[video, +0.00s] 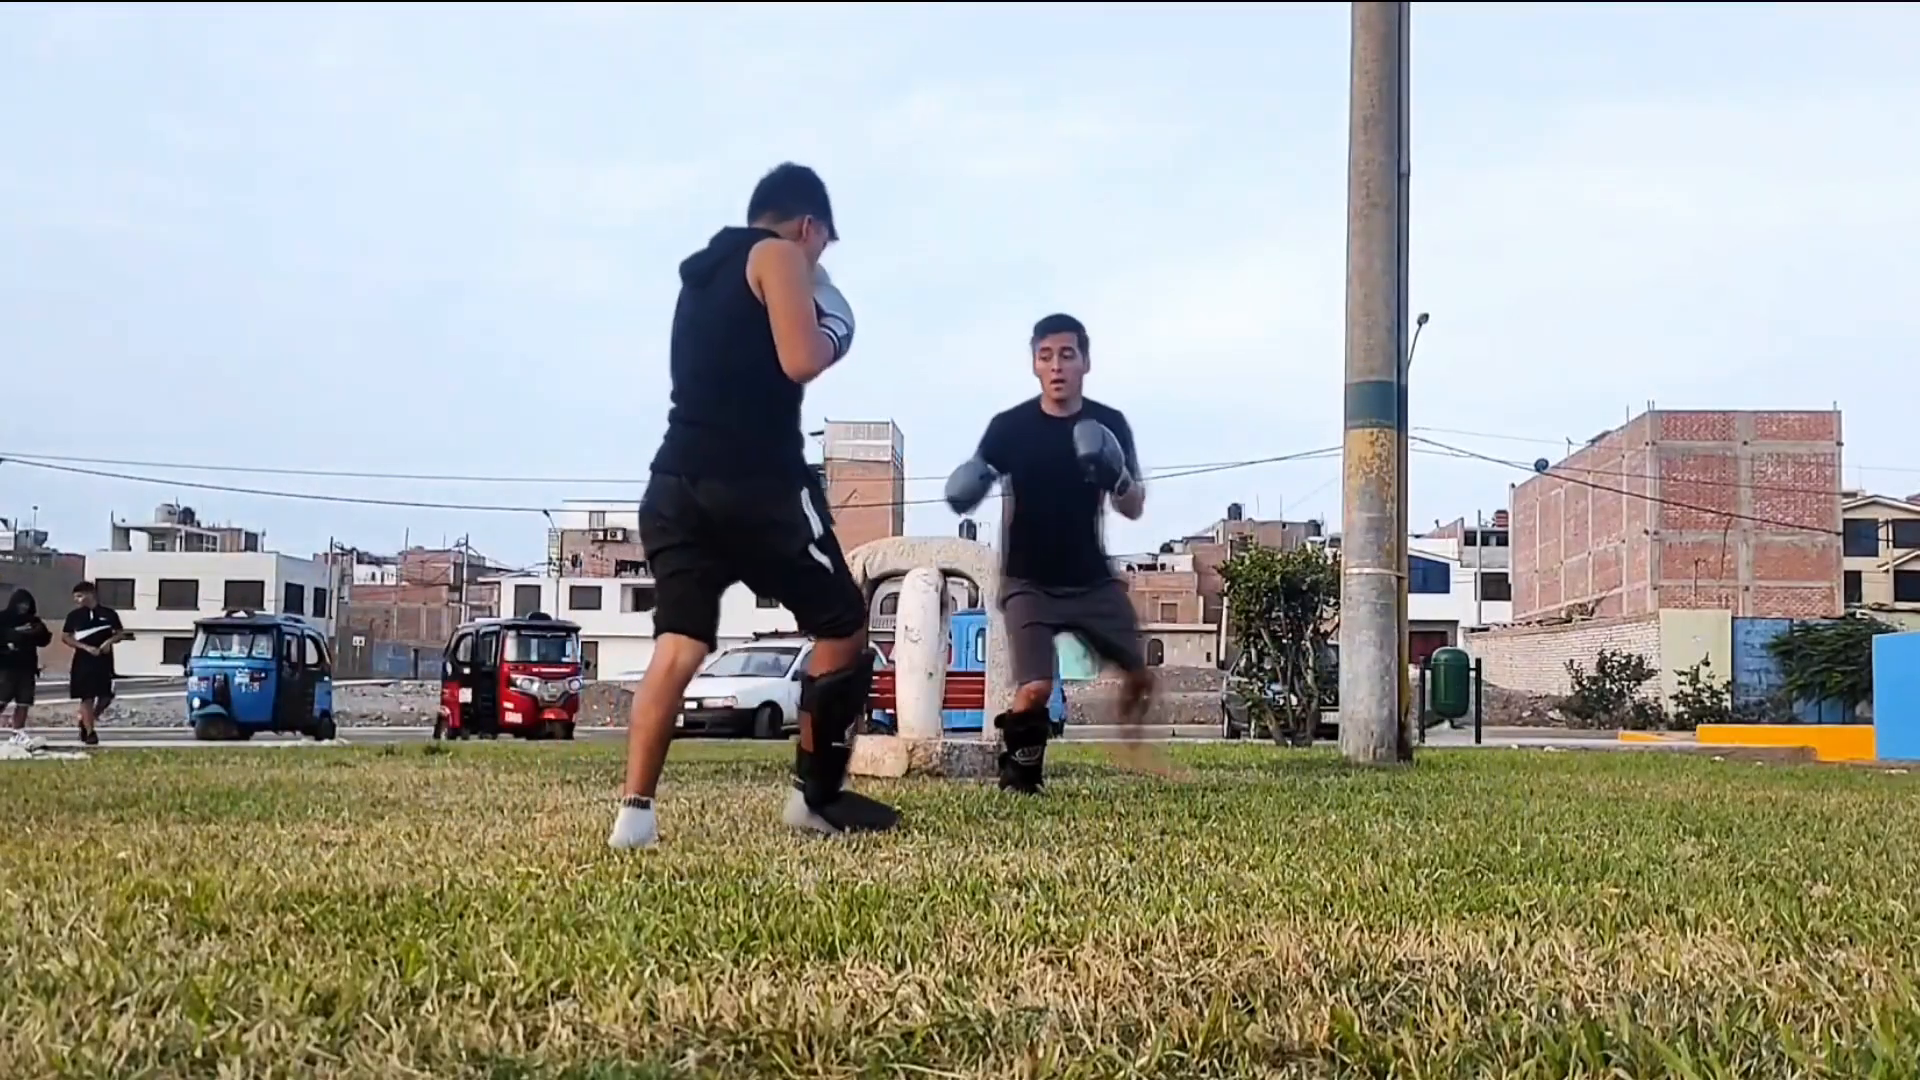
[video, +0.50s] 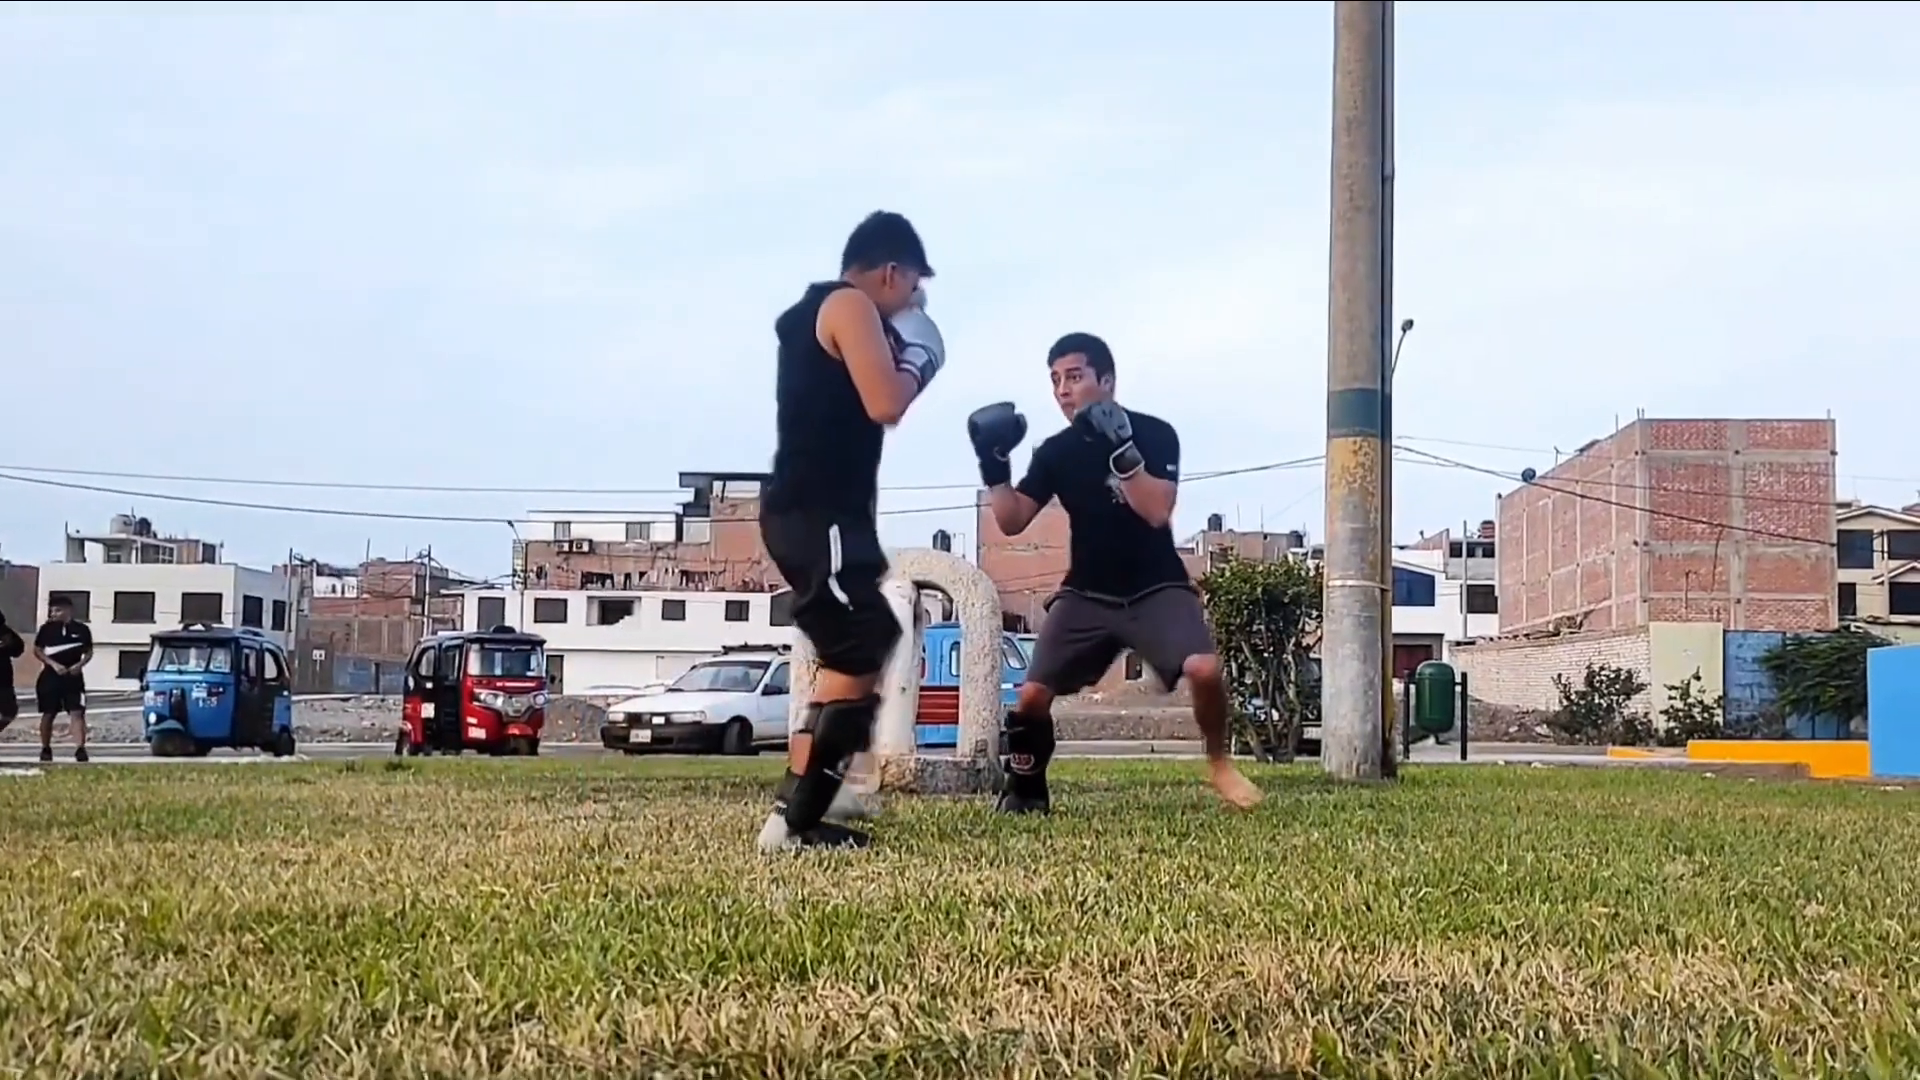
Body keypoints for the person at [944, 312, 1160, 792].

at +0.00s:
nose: (1056, 365)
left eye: (1067, 354)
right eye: (1046, 355)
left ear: (1086, 363)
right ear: (1034, 364)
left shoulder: (1109, 424)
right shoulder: (1007, 426)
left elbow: (1133, 509)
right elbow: (970, 492)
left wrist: (1116, 473)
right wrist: (962, 491)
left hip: (1090, 578)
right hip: (1027, 580)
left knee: (1140, 676)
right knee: (1035, 687)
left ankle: (1127, 745)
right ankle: (1019, 792)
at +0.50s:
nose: (1062, 387)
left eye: (1073, 376)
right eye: (1056, 379)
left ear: (1106, 379)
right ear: (1052, 387)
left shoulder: (1154, 433)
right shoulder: (1055, 450)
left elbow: (1158, 511)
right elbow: (1011, 521)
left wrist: (1122, 449)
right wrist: (992, 460)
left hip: (1158, 588)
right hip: (1086, 594)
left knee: (1205, 668)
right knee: (1032, 695)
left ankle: (1219, 764)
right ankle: (1027, 798)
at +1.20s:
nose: (1251, 378)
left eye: (1257, 363)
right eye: (1245, 367)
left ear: (1302, 357)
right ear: (1289, 364)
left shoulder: (1351, 420)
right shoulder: (1304, 434)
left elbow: (1280, 506)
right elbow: (1244, 519)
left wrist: (1244, 434)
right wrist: (1209, 451)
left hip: (1394, 620)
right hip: (1351, 619)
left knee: (1342, 770)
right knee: (1297, 755)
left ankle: (1444, 916)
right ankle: (1345, 895)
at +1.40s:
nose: (1298, 376)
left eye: (1306, 359)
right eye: (1294, 363)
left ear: (1352, 351)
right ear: (1337, 359)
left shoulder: (1406, 409)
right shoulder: (1338, 432)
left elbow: (1318, 506)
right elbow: (1267, 512)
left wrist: (1282, 418)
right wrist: (1243, 423)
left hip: (1482, 599)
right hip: (1437, 605)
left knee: (1412, 746)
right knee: (1389, 770)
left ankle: (1520, 916)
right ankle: (1507, 898)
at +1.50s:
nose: (1327, 422)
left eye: (1337, 405)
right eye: (1320, 410)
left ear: (1378, 397)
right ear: (1365, 404)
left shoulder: (1429, 448)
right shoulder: (1372, 475)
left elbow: (1343, 536)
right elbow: (1287, 552)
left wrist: (1314, 452)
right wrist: (1271, 468)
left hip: (1530, 631)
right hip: (1490, 638)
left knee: (1456, 772)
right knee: (1428, 790)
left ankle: (1559, 939)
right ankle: (1532, 918)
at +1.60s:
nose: (1336, 427)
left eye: (1347, 410)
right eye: (1330, 415)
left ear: (1395, 406)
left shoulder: (1457, 458)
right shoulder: (1391, 491)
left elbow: (1407, 553)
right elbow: (1314, 569)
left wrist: (1358, 467)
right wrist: (1297, 483)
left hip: (1547, 637)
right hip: (1509, 642)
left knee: (1464, 774)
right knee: (1442, 795)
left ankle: (1560, 939)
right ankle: (1541, 922)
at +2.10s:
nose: (1371, 629)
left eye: (1377, 612)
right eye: (1366, 624)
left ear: (1403, 587)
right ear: (1405, 596)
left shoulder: (1456, 561)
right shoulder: (1444, 618)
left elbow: (1411, 649)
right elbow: (1384, 695)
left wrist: (1362, 595)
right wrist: (1341, 631)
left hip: (1608, 675)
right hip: (1538, 691)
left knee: (1535, 767)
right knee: (1437, 783)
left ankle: (1588, 933)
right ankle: (1488, 916)